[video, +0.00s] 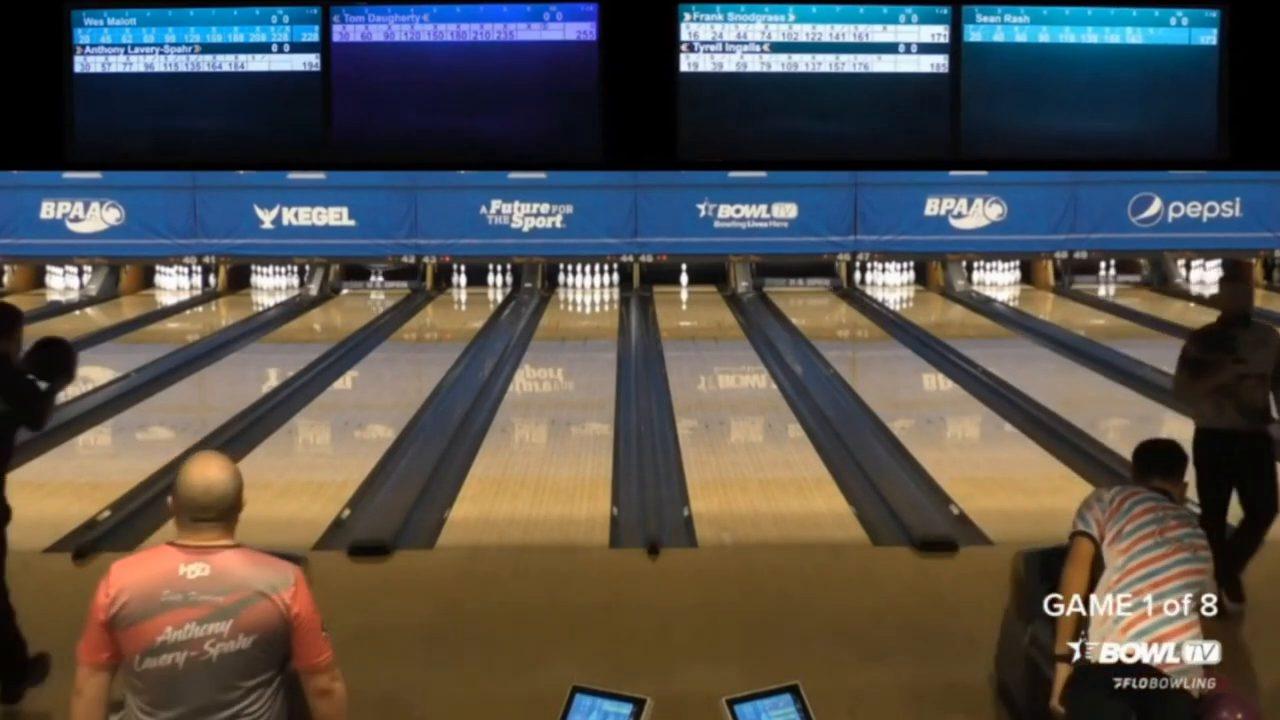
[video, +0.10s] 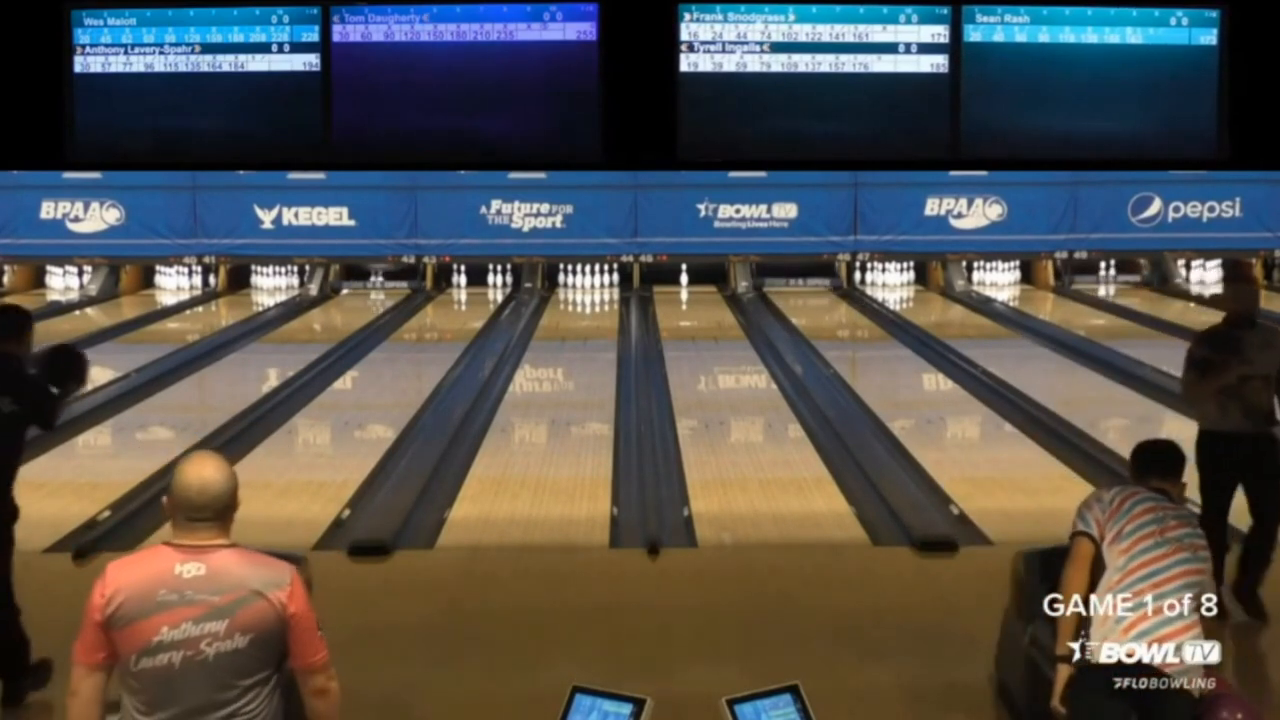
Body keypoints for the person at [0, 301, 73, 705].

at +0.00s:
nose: (18, 343)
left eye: (17, 336)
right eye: (16, 335)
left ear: (8, 339)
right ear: (10, 338)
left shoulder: (11, 376)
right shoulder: (10, 378)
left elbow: (32, 415)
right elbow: (36, 417)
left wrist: (31, 377)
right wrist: (51, 385)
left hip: (1, 502)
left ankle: (13, 664)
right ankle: (12, 667)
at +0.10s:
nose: (29, 344)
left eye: (27, 337)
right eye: (27, 337)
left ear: (2, 337)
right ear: (20, 338)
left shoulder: (14, 375)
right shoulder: (16, 376)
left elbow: (42, 415)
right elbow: (47, 416)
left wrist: (42, 379)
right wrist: (60, 386)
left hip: (4, 506)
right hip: (1, 508)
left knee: (3, 594)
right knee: (2, 596)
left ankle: (16, 670)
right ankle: (15, 674)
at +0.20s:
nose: (51, 343)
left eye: (50, 336)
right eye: (49, 336)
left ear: (12, 334)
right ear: (41, 338)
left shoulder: (9, 371)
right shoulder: (32, 378)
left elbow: (59, 411)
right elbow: (69, 416)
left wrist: (86, 402)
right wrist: (98, 400)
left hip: (9, 502)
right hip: (9, 504)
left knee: (12, 589)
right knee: (11, 590)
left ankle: (14, 676)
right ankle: (14, 680)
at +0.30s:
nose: (68, 340)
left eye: (64, 333)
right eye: (68, 334)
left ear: (33, 329)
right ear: (66, 335)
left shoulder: (4, 358)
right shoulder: (64, 385)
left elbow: (69, 447)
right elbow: (73, 448)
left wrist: (86, 475)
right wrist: (92, 478)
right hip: (14, 496)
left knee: (11, 583)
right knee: (13, 584)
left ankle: (12, 675)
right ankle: (14, 679)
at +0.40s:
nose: (83, 341)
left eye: (79, 333)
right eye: (83, 335)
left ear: (48, 328)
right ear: (80, 335)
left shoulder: (12, 356)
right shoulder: (80, 386)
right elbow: (77, 456)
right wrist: (81, 509)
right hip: (19, 495)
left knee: (11, 581)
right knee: (14, 581)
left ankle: (11, 672)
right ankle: (13, 676)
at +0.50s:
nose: (89, 343)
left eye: (86, 335)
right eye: (90, 336)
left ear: (55, 329)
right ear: (86, 336)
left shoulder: (16, 355)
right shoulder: (84, 385)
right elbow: (78, 457)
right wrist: (80, 513)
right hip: (21, 496)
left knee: (13, 582)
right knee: (16, 583)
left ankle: (11, 674)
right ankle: (12, 677)